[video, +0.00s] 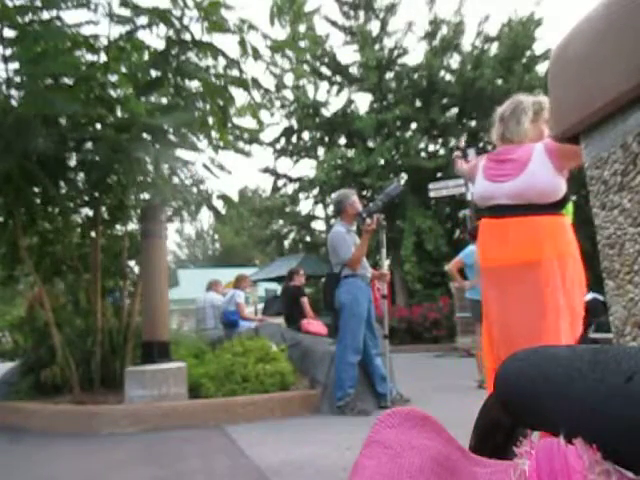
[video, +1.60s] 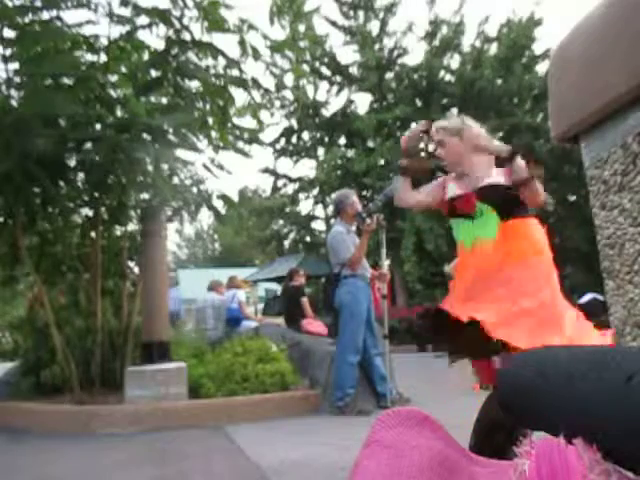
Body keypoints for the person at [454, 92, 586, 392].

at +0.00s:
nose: (550, 129)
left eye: (550, 122)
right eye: (546, 122)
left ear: (503, 128)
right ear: (534, 124)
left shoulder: (484, 163)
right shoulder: (549, 151)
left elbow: (466, 169)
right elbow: (589, 149)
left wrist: (460, 163)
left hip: (495, 239)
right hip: (543, 238)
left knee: (502, 319)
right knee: (552, 316)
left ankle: (505, 394)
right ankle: (552, 393)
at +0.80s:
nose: (552, 133)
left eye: (552, 125)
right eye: (547, 125)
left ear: (512, 130)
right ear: (530, 127)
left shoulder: (489, 166)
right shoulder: (551, 153)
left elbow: (461, 191)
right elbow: (595, 150)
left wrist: (423, 195)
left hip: (493, 238)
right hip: (538, 238)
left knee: (501, 325)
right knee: (548, 319)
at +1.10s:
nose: (541, 149)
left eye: (540, 143)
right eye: (536, 143)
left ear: (497, 150)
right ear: (522, 145)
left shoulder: (474, 185)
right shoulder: (542, 173)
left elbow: (456, 235)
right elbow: (590, 197)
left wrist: (438, 233)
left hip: (485, 248)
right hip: (532, 243)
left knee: (493, 332)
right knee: (540, 324)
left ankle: (497, 414)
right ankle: (547, 408)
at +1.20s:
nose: (525, 152)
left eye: (524, 147)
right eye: (523, 147)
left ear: (483, 152)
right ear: (518, 151)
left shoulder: (466, 184)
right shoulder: (539, 180)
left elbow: (454, 239)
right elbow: (564, 232)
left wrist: (443, 234)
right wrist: (560, 251)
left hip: (486, 245)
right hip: (533, 242)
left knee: (490, 330)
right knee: (540, 324)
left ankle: (493, 417)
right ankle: (546, 406)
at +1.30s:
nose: (468, 156)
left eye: (469, 151)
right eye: (468, 152)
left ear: (476, 149)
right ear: (512, 150)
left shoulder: (473, 174)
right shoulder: (525, 177)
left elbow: (450, 227)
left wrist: (437, 221)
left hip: (492, 248)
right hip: (538, 246)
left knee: (491, 332)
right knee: (545, 326)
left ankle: (492, 421)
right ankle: (549, 408)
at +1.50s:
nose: (446, 160)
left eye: (450, 150)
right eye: (444, 153)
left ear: (472, 145)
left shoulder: (505, 161)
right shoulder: (460, 184)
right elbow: (418, 202)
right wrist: (414, 169)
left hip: (521, 243)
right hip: (484, 250)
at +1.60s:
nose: (438, 153)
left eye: (442, 144)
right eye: (435, 147)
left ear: (467, 140)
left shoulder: (508, 167)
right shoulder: (446, 186)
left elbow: (537, 201)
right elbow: (404, 199)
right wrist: (406, 159)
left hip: (523, 254)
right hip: (478, 266)